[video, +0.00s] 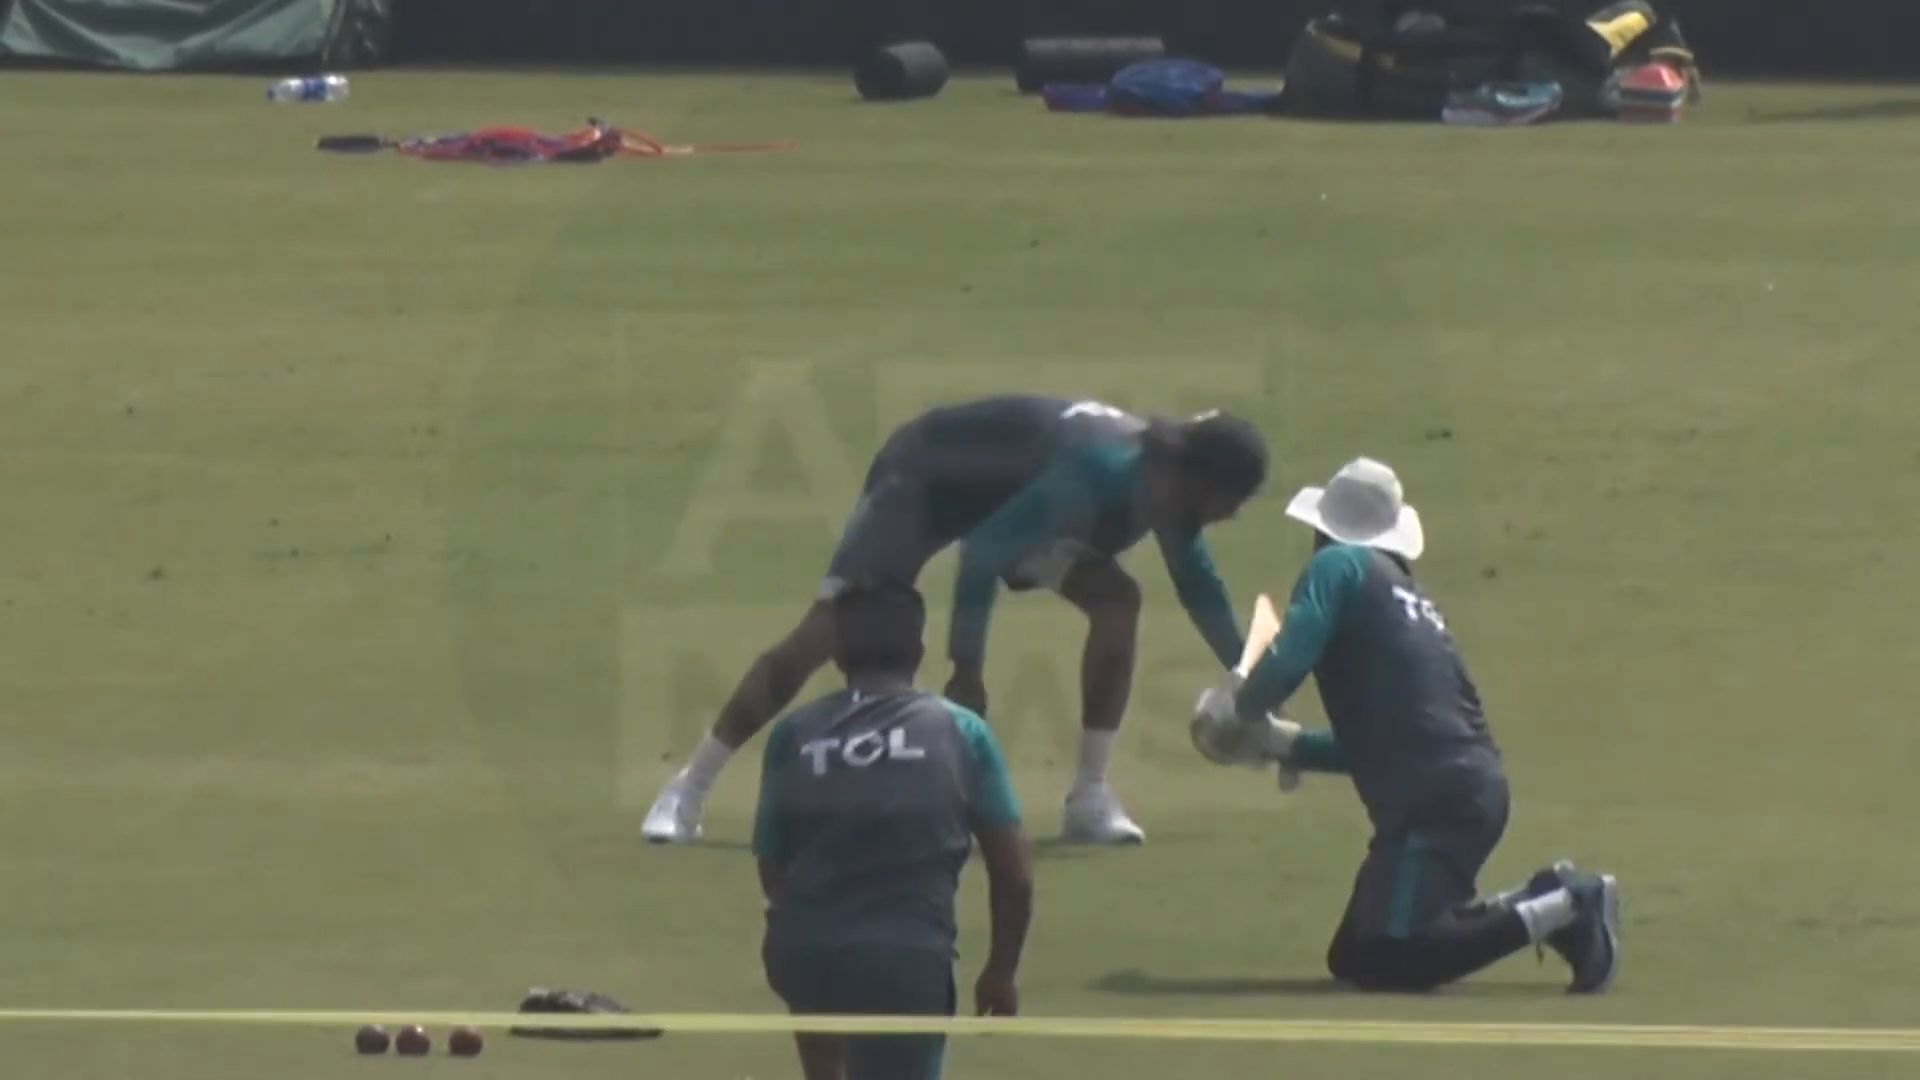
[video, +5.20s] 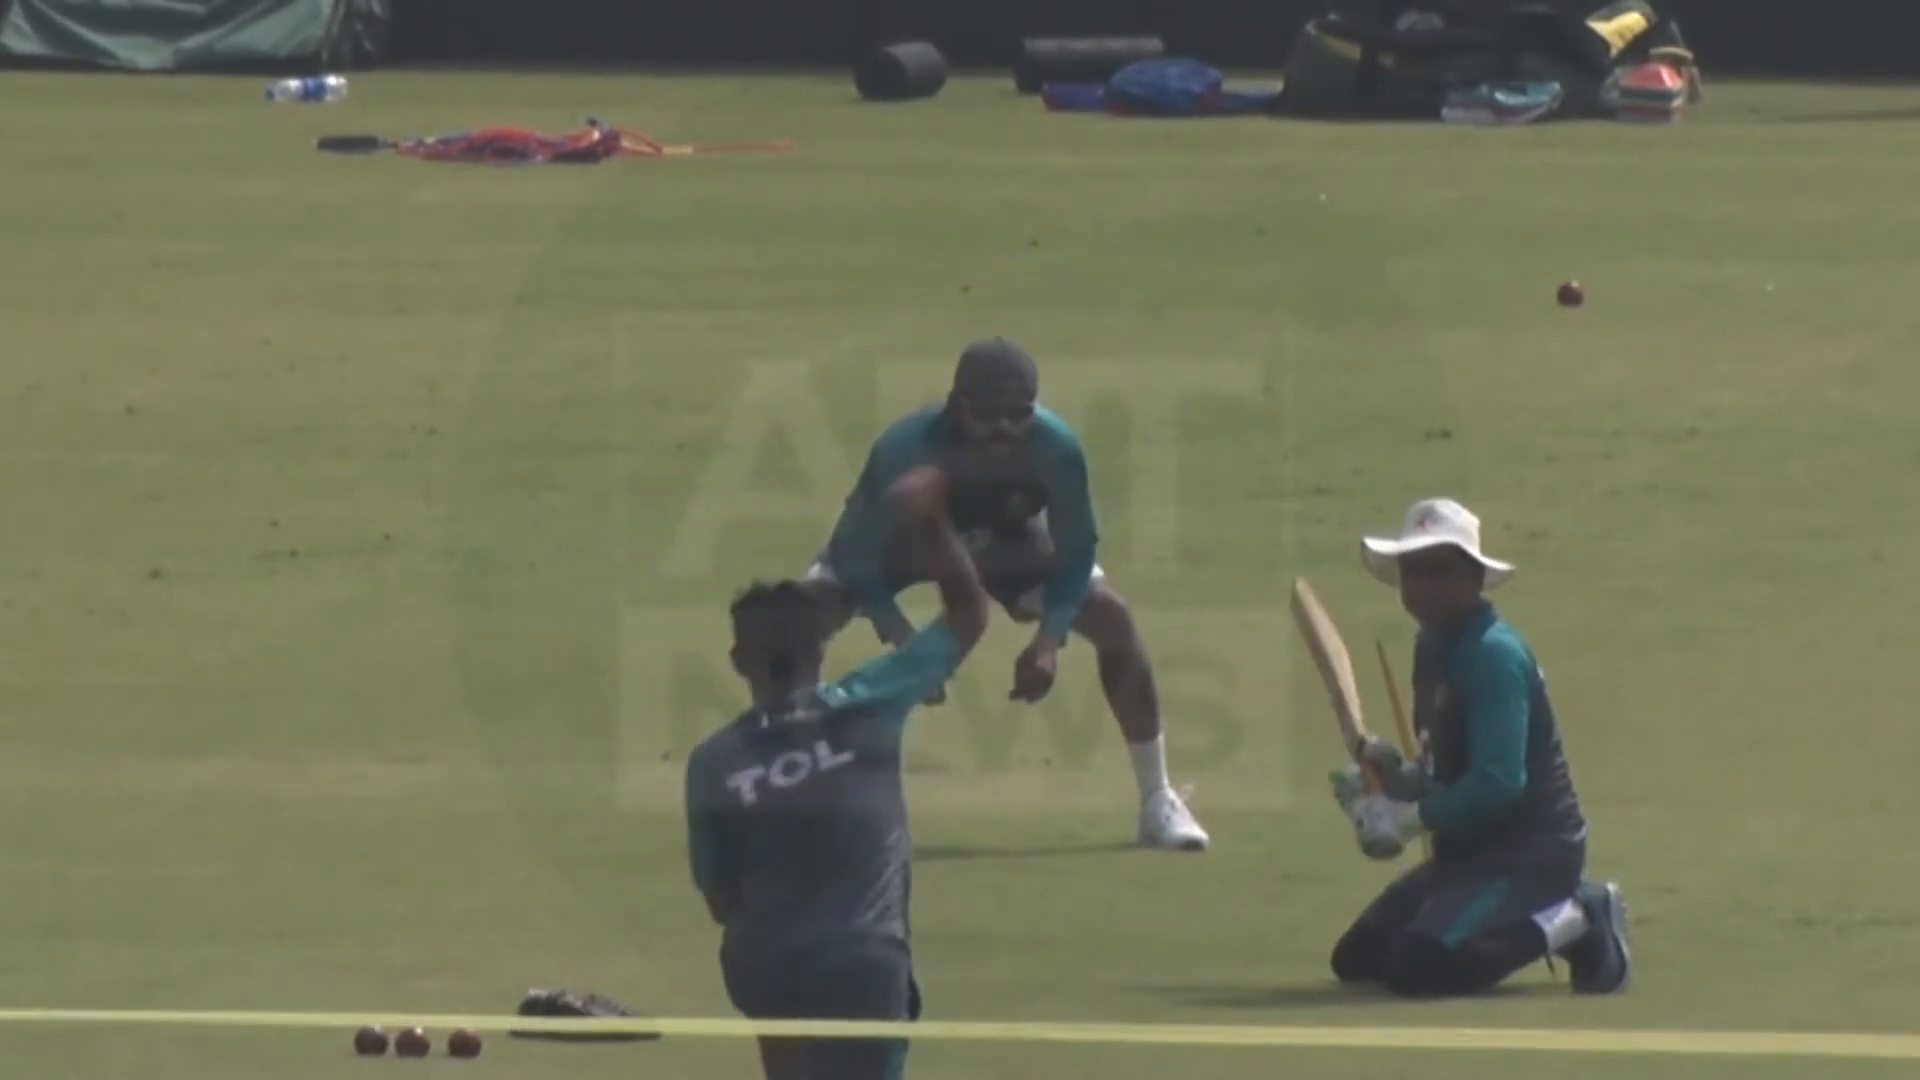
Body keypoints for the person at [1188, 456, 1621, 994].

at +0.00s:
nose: (1312, 536)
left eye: (1318, 528)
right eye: (1314, 527)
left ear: (1333, 528)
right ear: (1384, 532)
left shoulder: (1338, 564)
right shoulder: (1399, 592)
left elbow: (1286, 666)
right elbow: (1385, 750)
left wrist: (1238, 707)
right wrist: (1286, 743)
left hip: (1441, 796)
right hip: (1451, 791)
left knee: (1378, 962)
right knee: (1355, 957)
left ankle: (1561, 909)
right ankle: (1533, 906)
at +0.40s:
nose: (1294, 541)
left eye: (1298, 531)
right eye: (1295, 530)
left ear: (1314, 535)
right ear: (1364, 533)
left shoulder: (1333, 580)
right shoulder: (1389, 589)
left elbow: (1333, 693)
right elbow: (1394, 739)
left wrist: (1292, 767)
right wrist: (1303, 774)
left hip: (1447, 801)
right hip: (1448, 798)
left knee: (1383, 966)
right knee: (1355, 959)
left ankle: (1549, 902)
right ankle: (1534, 899)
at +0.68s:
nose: (1304, 556)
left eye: (1309, 545)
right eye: (1305, 544)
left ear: (1329, 551)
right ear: (1375, 543)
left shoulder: (1369, 602)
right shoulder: (1404, 599)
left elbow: (1382, 727)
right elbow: (1407, 751)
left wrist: (1318, 795)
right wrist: (1327, 766)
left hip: (1473, 816)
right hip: (1466, 814)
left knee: (1378, 969)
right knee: (1355, 961)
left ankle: (1547, 904)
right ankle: (1540, 902)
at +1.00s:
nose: (1364, 562)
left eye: (1371, 552)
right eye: (1366, 551)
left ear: (1398, 560)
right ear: (1426, 558)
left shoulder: (1439, 622)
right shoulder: (1443, 618)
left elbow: (1460, 741)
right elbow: (1442, 760)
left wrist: (1379, 801)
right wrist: (1375, 770)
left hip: (1504, 847)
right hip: (1478, 843)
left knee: (1385, 969)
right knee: (1356, 958)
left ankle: (1556, 910)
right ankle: (1543, 908)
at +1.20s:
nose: (1407, 556)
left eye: (1421, 543)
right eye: (1410, 541)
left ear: (1463, 557)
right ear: (1462, 558)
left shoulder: (1492, 628)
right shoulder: (1472, 627)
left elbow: (1517, 744)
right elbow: (1483, 760)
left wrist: (1420, 804)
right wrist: (1416, 776)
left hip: (1523, 854)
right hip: (1489, 850)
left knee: (1392, 967)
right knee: (1358, 955)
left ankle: (1565, 913)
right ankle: (1546, 912)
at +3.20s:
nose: (1389, 583)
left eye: (1393, 571)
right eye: (1389, 570)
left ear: (1413, 578)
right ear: (1456, 571)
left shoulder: (1459, 637)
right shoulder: (1463, 634)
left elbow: (1477, 760)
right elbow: (1461, 773)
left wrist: (1396, 828)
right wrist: (1396, 793)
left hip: (1519, 858)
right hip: (1482, 855)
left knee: (1416, 968)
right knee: (1359, 956)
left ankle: (1577, 915)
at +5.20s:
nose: (1418, 587)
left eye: (1436, 571)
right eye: (1409, 573)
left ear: (1473, 578)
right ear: (1397, 579)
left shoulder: (1493, 653)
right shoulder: (1434, 646)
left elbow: (1499, 783)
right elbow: (1450, 767)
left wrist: (1409, 819)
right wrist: (1399, 776)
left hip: (1528, 860)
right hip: (1469, 856)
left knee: (1416, 970)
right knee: (1357, 959)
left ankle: (1578, 919)